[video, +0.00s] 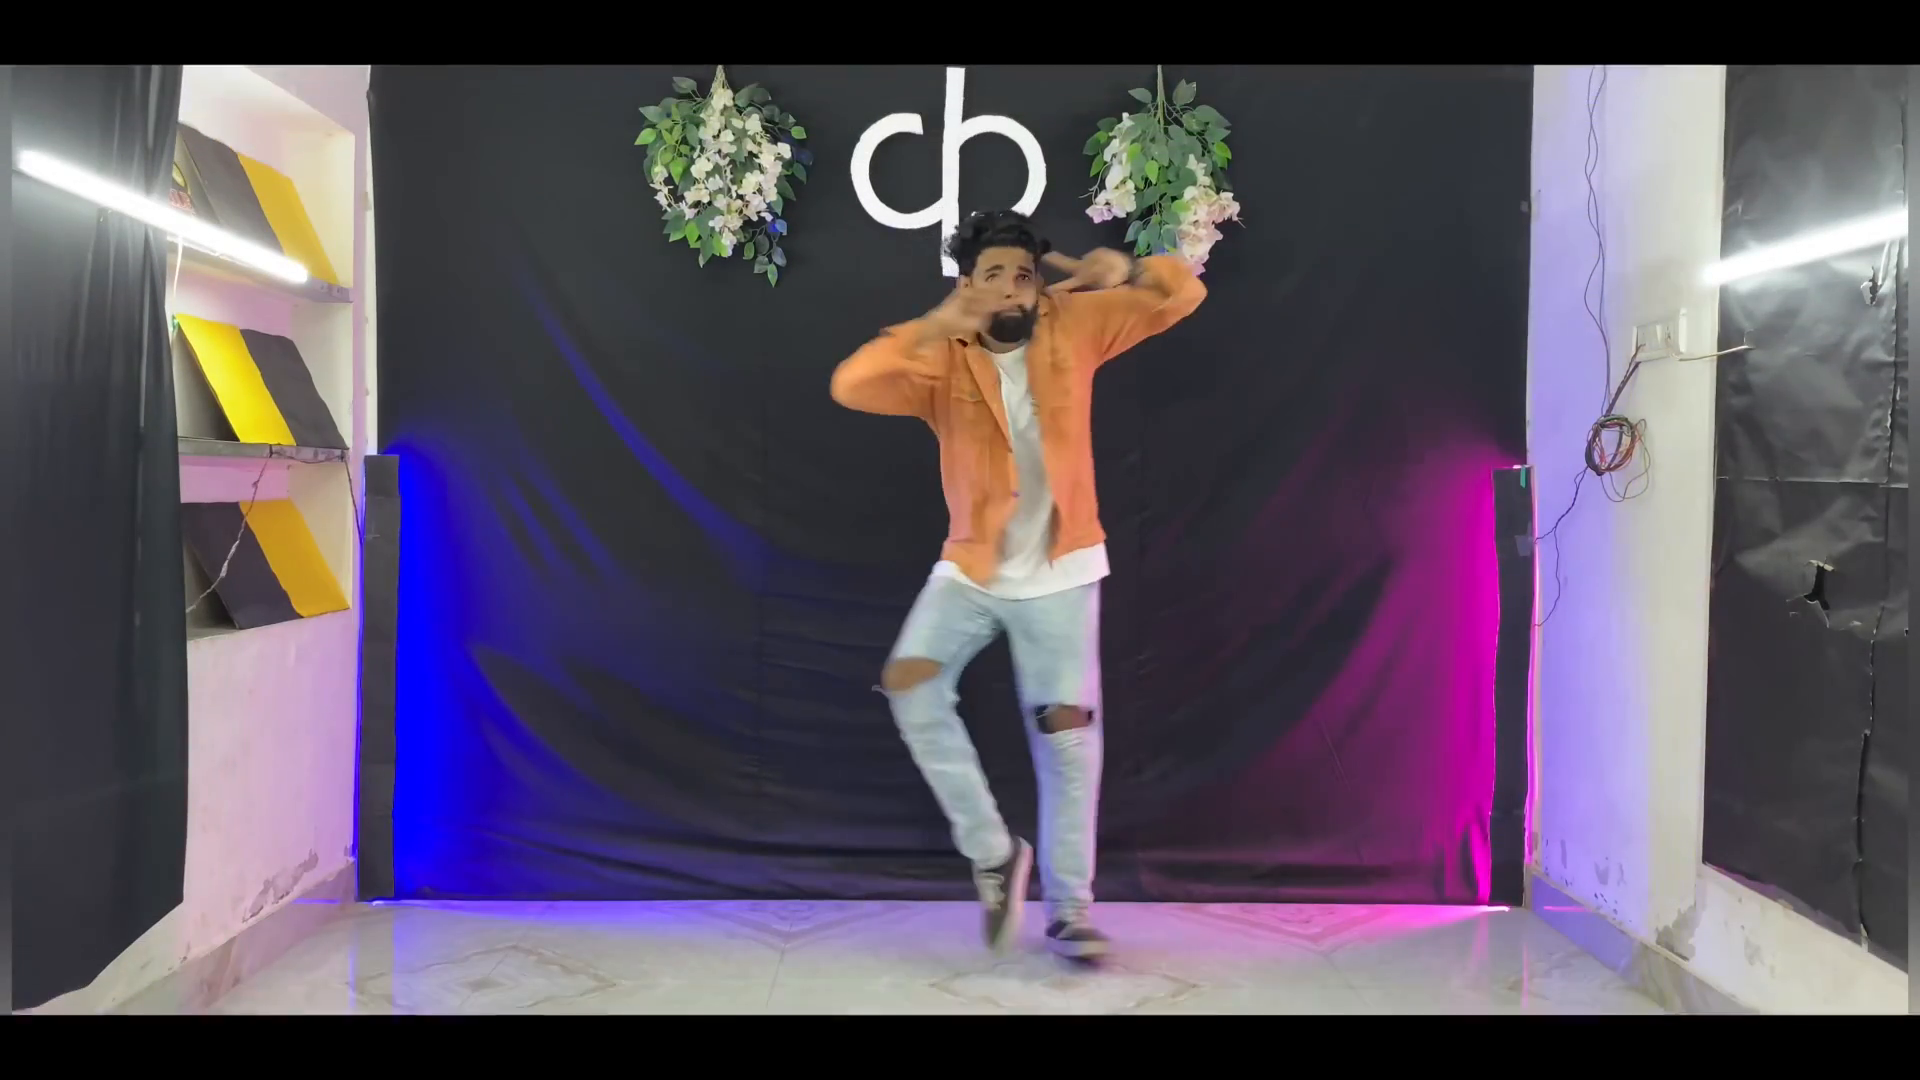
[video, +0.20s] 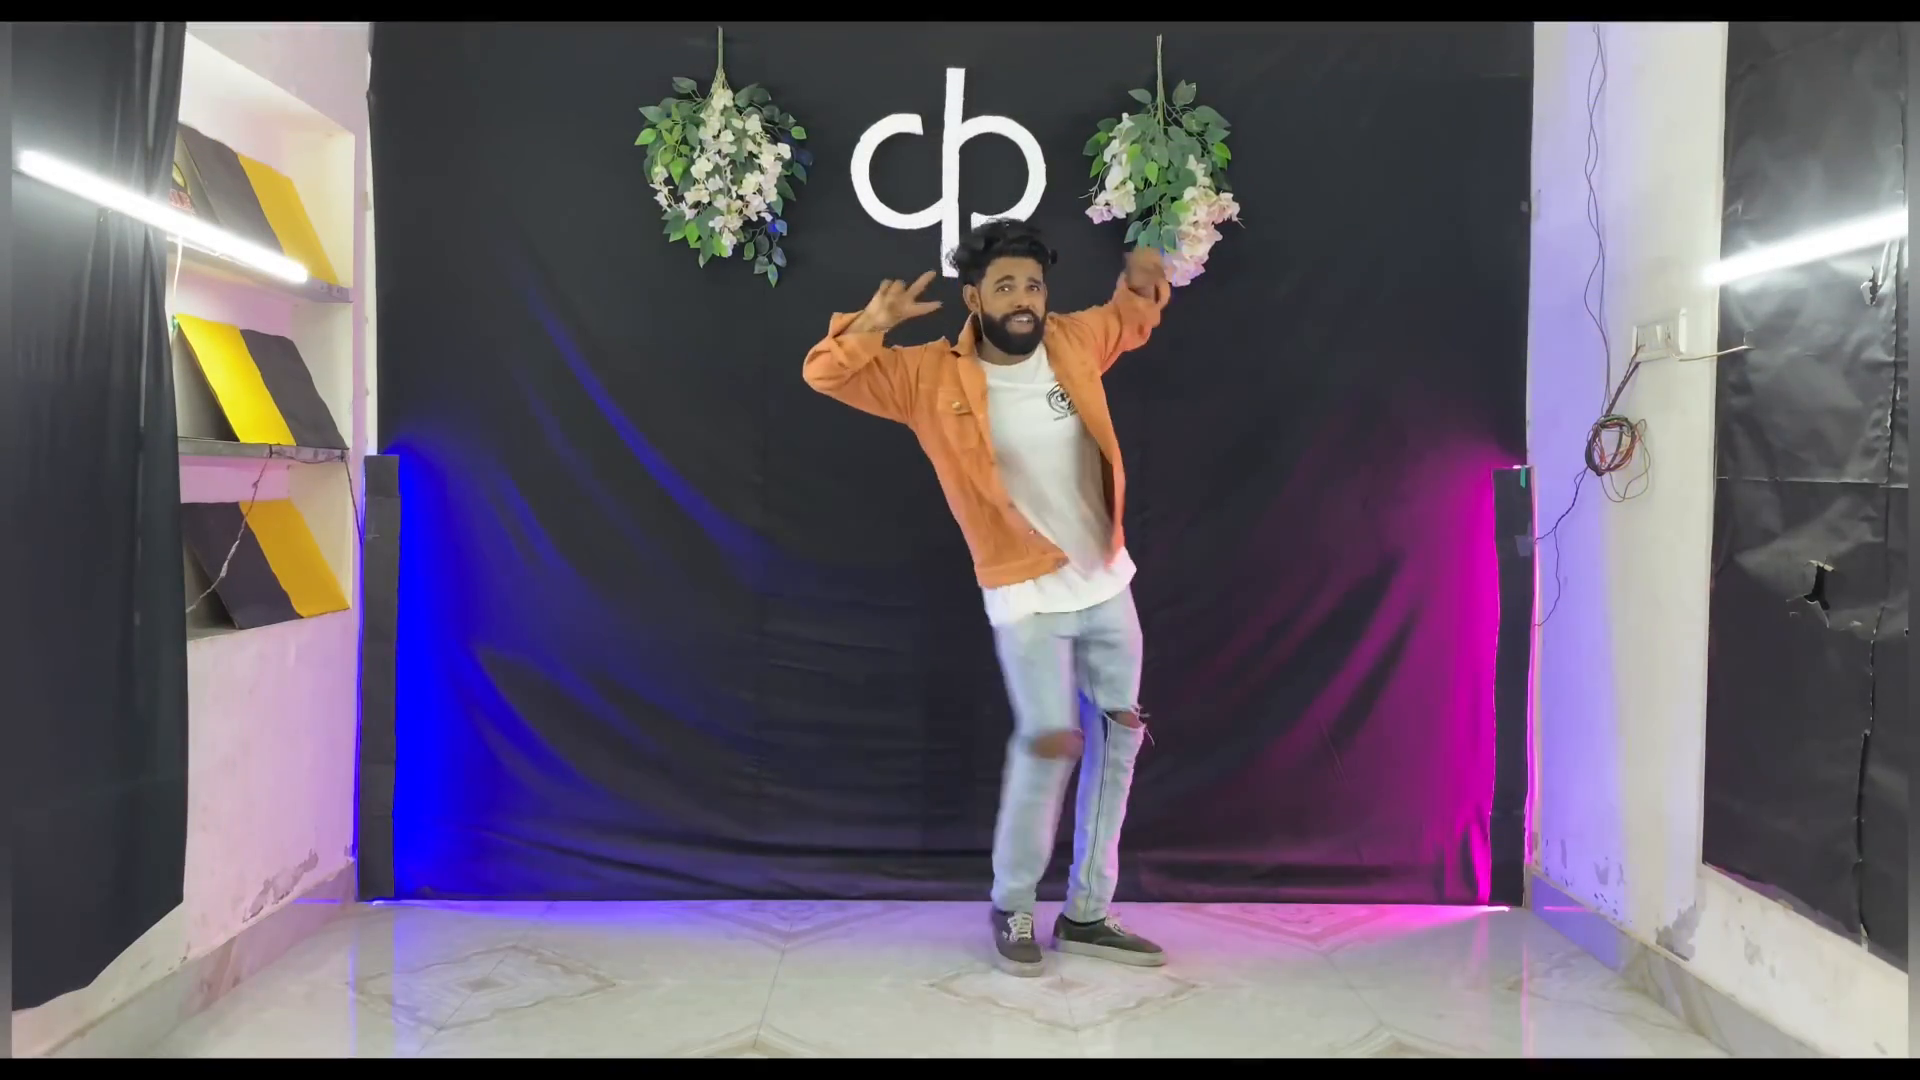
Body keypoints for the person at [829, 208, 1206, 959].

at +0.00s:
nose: (1012, 286)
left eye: (1024, 273)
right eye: (995, 273)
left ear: (1043, 281)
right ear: (966, 284)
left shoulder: (1076, 325)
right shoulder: (940, 356)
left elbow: (1180, 294)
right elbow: (850, 385)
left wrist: (1127, 270)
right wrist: (941, 323)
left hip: (1061, 567)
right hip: (972, 565)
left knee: (1067, 729)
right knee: (912, 684)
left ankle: (1071, 911)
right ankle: (992, 857)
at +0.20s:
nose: (1022, 298)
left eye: (1033, 284)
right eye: (1005, 284)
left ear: (1048, 291)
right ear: (972, 294)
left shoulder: (1073, 339)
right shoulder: (929, 374)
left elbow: (1133, 312)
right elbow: (826, 373)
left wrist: (1146, 275)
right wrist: (874, 323)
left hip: (1105, 574)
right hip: (1024, 588)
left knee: (1121, 735)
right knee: (1049, 741)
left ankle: (1088, 913)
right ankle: (1015, 911)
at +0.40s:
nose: (1008, 297)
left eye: (1021, 283)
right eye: (992, 283)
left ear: (1039, 290)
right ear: (965, 290)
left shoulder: (1076, 356)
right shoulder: (933, 375)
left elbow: (1174, 405)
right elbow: (826, 419)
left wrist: (1134, 348)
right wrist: (894, 376)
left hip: (1094, 579)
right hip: (1010, 598)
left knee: (1137, 715)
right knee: (1048, 750)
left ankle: (1095, 895)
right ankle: (1005, 913)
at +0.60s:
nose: (1012, 278)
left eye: (1026, 264)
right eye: (997, 265)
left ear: (1050, 268)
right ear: (976, 271)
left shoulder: (1086, 339)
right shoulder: (952, 342)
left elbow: (1096, 432)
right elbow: (936, 454)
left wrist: (1084, 347)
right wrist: (921, 383)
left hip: (1054, 566)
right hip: (968, 572)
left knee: (1066, 715)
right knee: (975, 736)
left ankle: (1068, 869)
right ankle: (985, 899)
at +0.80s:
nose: (1020, 296)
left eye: (1034, 280)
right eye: (1006, 282)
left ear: (1064, 282)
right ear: (990, 289)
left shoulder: (1105, 351)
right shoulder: (979, 348)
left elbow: (1100, 425)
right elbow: (943, 431)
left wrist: (1068, 379)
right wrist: (903, 405)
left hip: (1020, 587)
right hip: (937, 576)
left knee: (1019, 750)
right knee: (930, 742)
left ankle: (1073, 913)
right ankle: (973, 912)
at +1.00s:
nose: (998, 258)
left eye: (1013, 245)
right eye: (985, 244)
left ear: (1041, 255)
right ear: (966, 254)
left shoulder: (1081, 334)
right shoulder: (941, 328)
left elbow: (1135, 426)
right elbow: (899, 437)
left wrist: (1136, 350)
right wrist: (903, 358)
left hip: (1044, 567)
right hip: (953, 556)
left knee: (1058, 733)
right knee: (882, 692)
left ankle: (1075, 909)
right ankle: (928, 861)